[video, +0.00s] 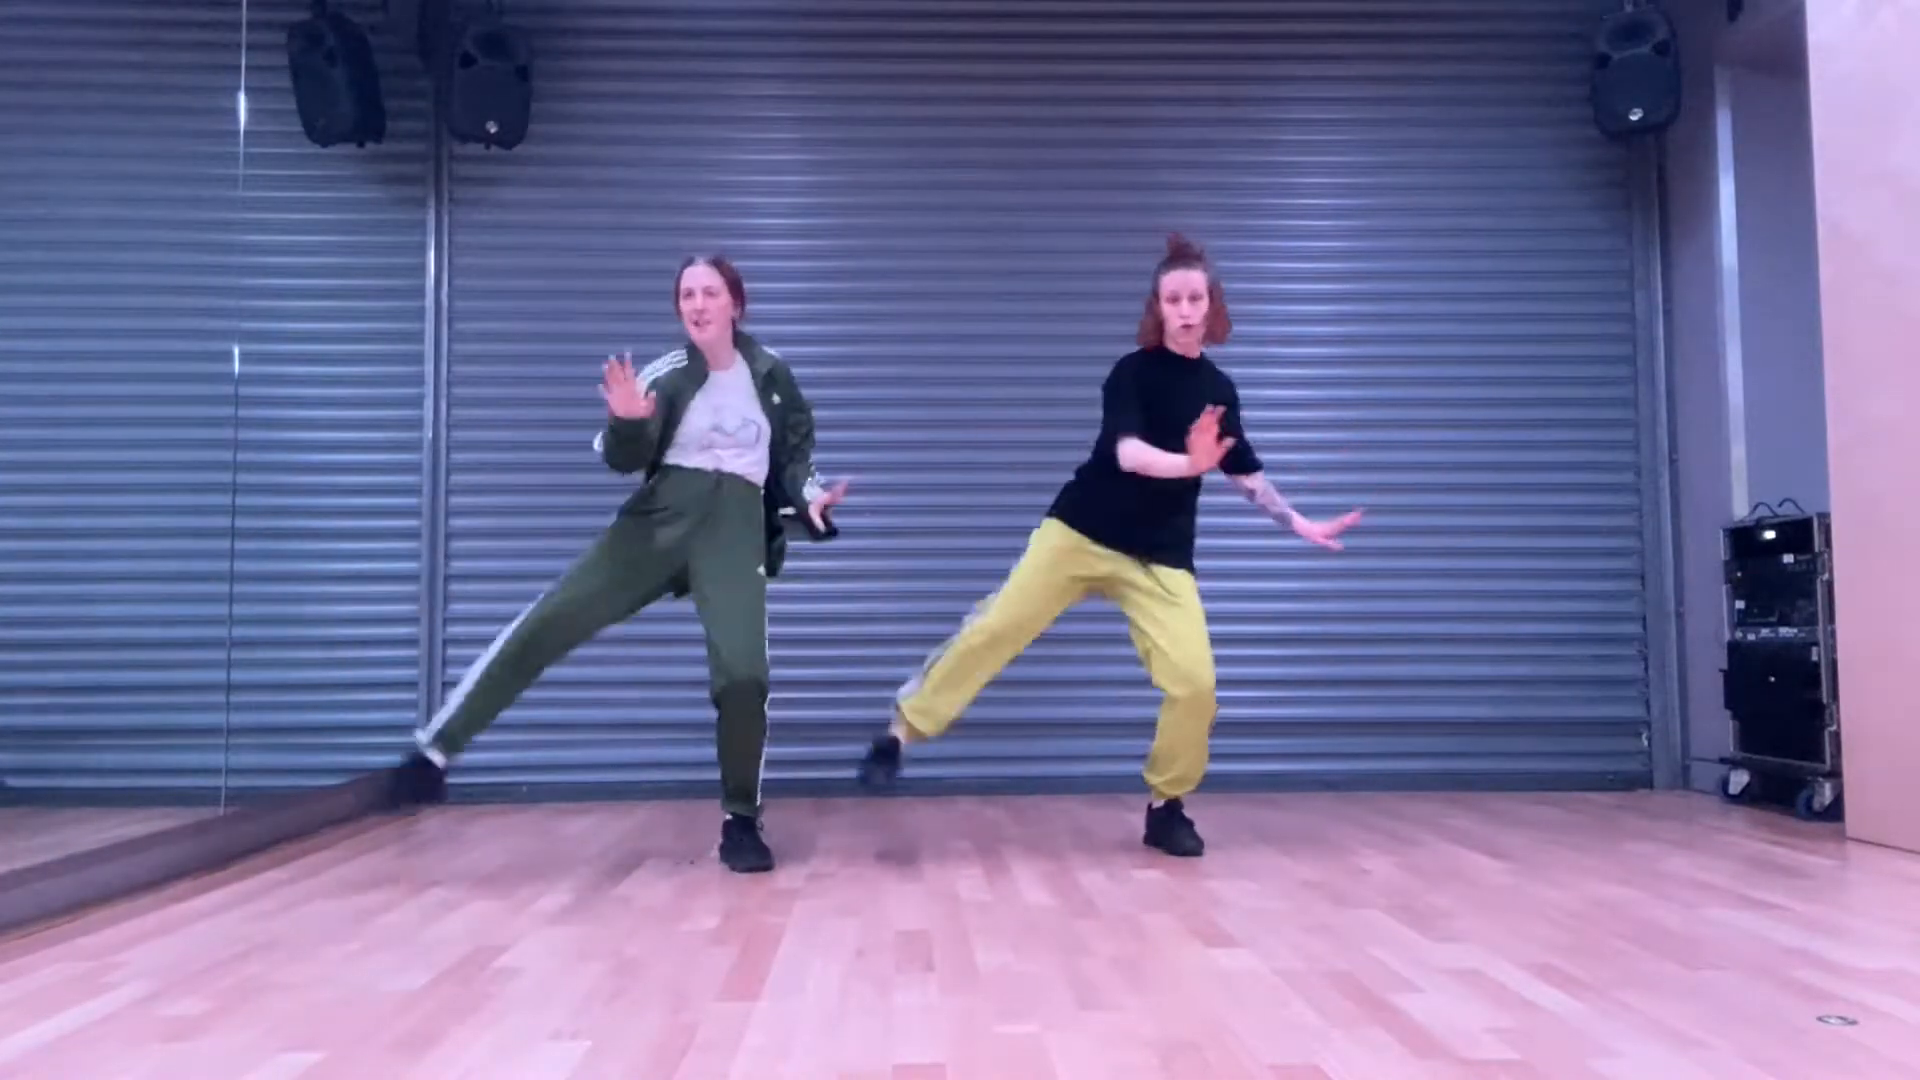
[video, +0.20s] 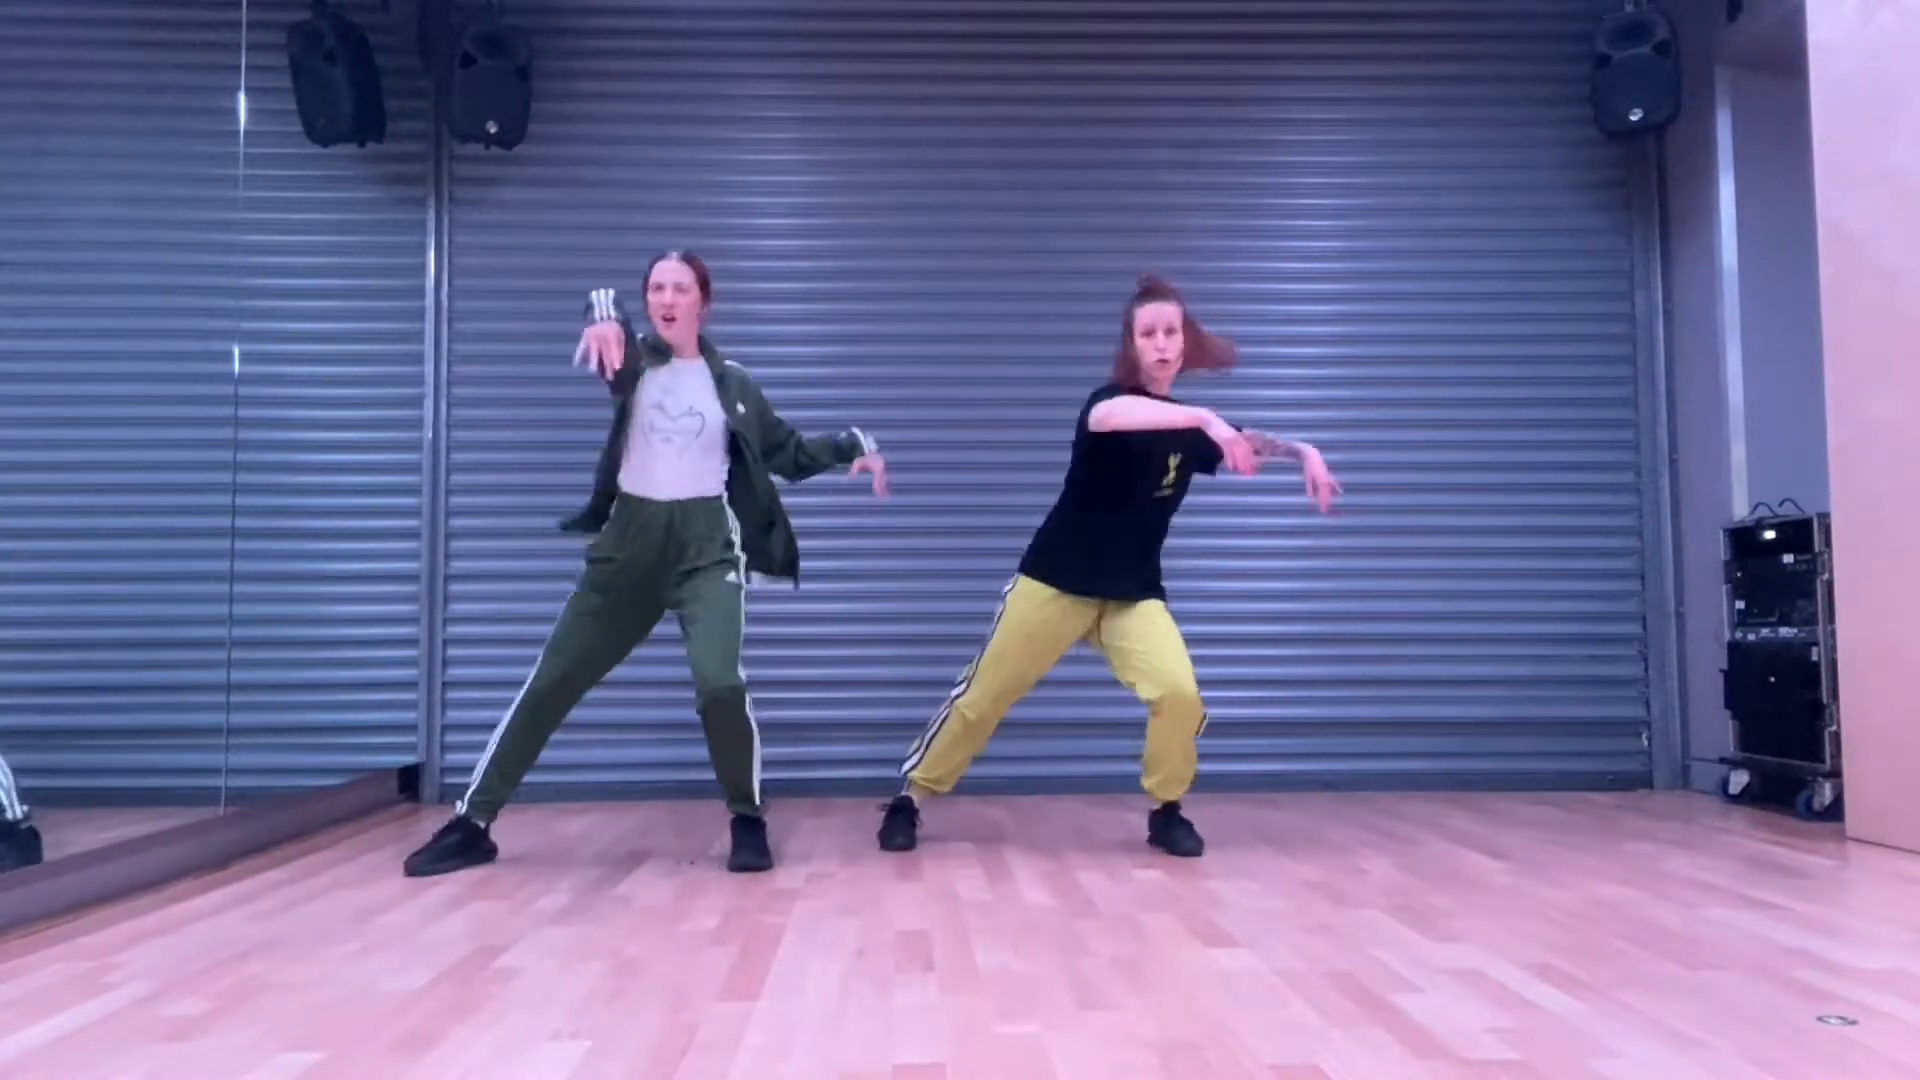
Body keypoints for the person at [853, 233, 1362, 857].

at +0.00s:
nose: (1186, 311)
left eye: (1195, 299)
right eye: (1174, 299)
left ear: (1213, 306)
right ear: (1157, 306)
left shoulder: (1218, 388)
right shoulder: (1135, 372)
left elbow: (1244, 472)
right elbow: (1125, 452)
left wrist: (1300, 525)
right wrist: (1191, 465)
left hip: (1161, 562)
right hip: (1080, 536)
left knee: (1194, 683)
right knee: (997, 628)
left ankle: (1166, 808)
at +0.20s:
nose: (1162, 345)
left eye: (1171, 332)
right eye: (1149, 334)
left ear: (1186, 341)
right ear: (1129, 343)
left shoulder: (1193, 422)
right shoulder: (1109, 402)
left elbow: (1239, 445)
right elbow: (1106, 417)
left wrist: (1301, 449)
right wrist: (1201, 420)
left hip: (1133, 593)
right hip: (1056, 584)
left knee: (1179, 694)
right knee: (984, 696)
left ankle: (1165, 812)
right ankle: (908, 801)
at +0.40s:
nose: (1146, 336)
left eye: (1156, 323)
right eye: (1134, 324)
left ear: (1171, 328)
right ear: (1112, 332)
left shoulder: (1183, 409)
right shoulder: (1091, 393)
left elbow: (1232, 435)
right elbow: (1101, 399)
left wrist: (1292, 438)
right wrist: (1188, 397)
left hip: (1132, 588)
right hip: (1052, 579)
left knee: (1184, 695)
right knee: (986, 695)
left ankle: (1163, 809)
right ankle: (909, 799)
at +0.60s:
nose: (1162, 342)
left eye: (1165, 327)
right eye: (1145, 334)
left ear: (1174, 328)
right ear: (1115, 343)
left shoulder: (1181, 393)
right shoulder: (1089, 403)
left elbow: (1251, 390)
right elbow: (1014, 451)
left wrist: (1263, 368)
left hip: (1136, 586)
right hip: (1053, 583)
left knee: (1194, 693)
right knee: (991, 696)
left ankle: (1161, 810)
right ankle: (912, 797)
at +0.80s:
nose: (1005, 347)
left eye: (1006, 336)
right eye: (993, 355)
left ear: (1036, 336)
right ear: (1003, 384)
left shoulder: (1107, 376)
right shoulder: (1018, 444)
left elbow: (1049, 414)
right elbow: (1015, 531)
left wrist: (969, 441)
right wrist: (1015, 602)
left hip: (1143, 578)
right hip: (1058, 579)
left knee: (1187, 694)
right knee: (984, 673)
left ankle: (1173, 808)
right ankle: (980, 816)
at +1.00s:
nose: (938, 332)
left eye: (950, 326)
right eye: (944, 322)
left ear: (979, 344)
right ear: (986, 347)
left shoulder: (995, 399)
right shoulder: (989, 399)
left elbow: (999, 500)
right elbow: (1020, 506)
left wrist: (1002, 573)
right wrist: (986, 562)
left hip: (1079, 586)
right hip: (1028, 583)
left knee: (1087, 739)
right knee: (955, 674)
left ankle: (1207, 790)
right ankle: (985, 818)